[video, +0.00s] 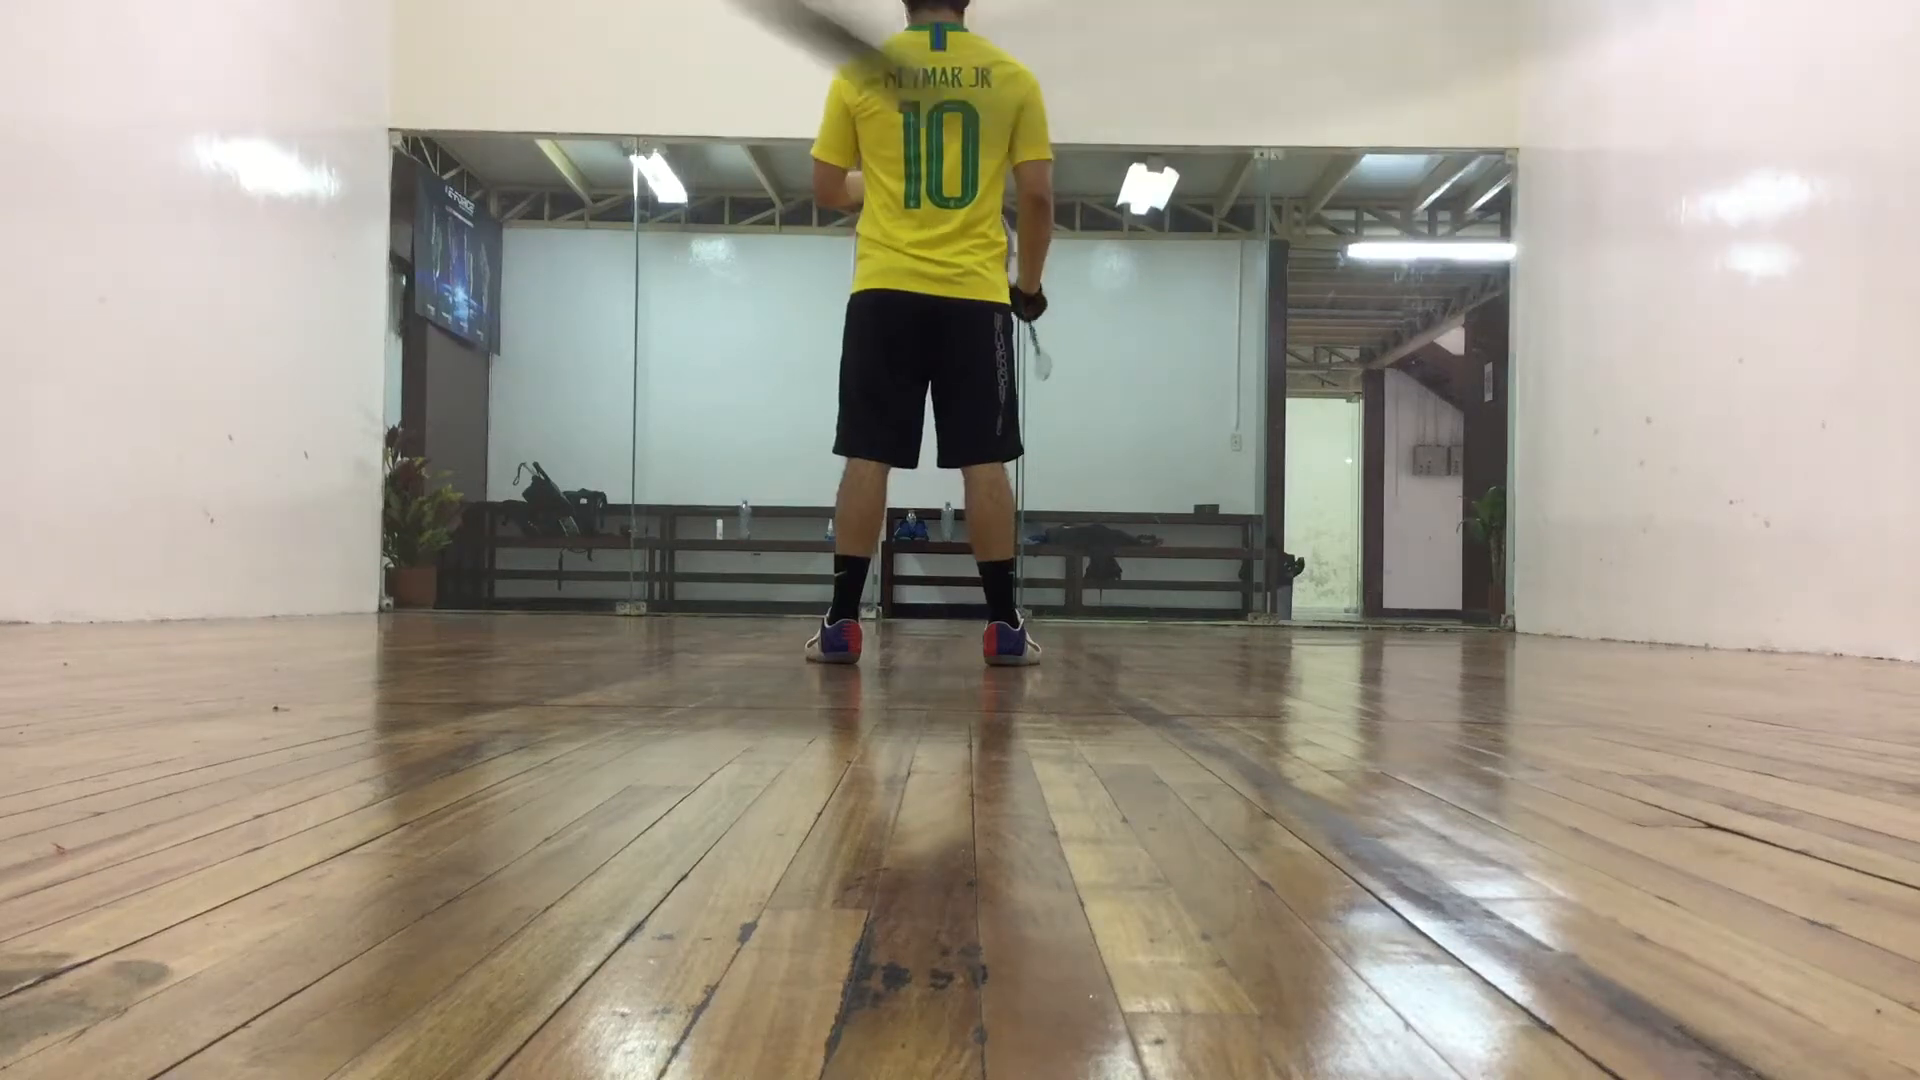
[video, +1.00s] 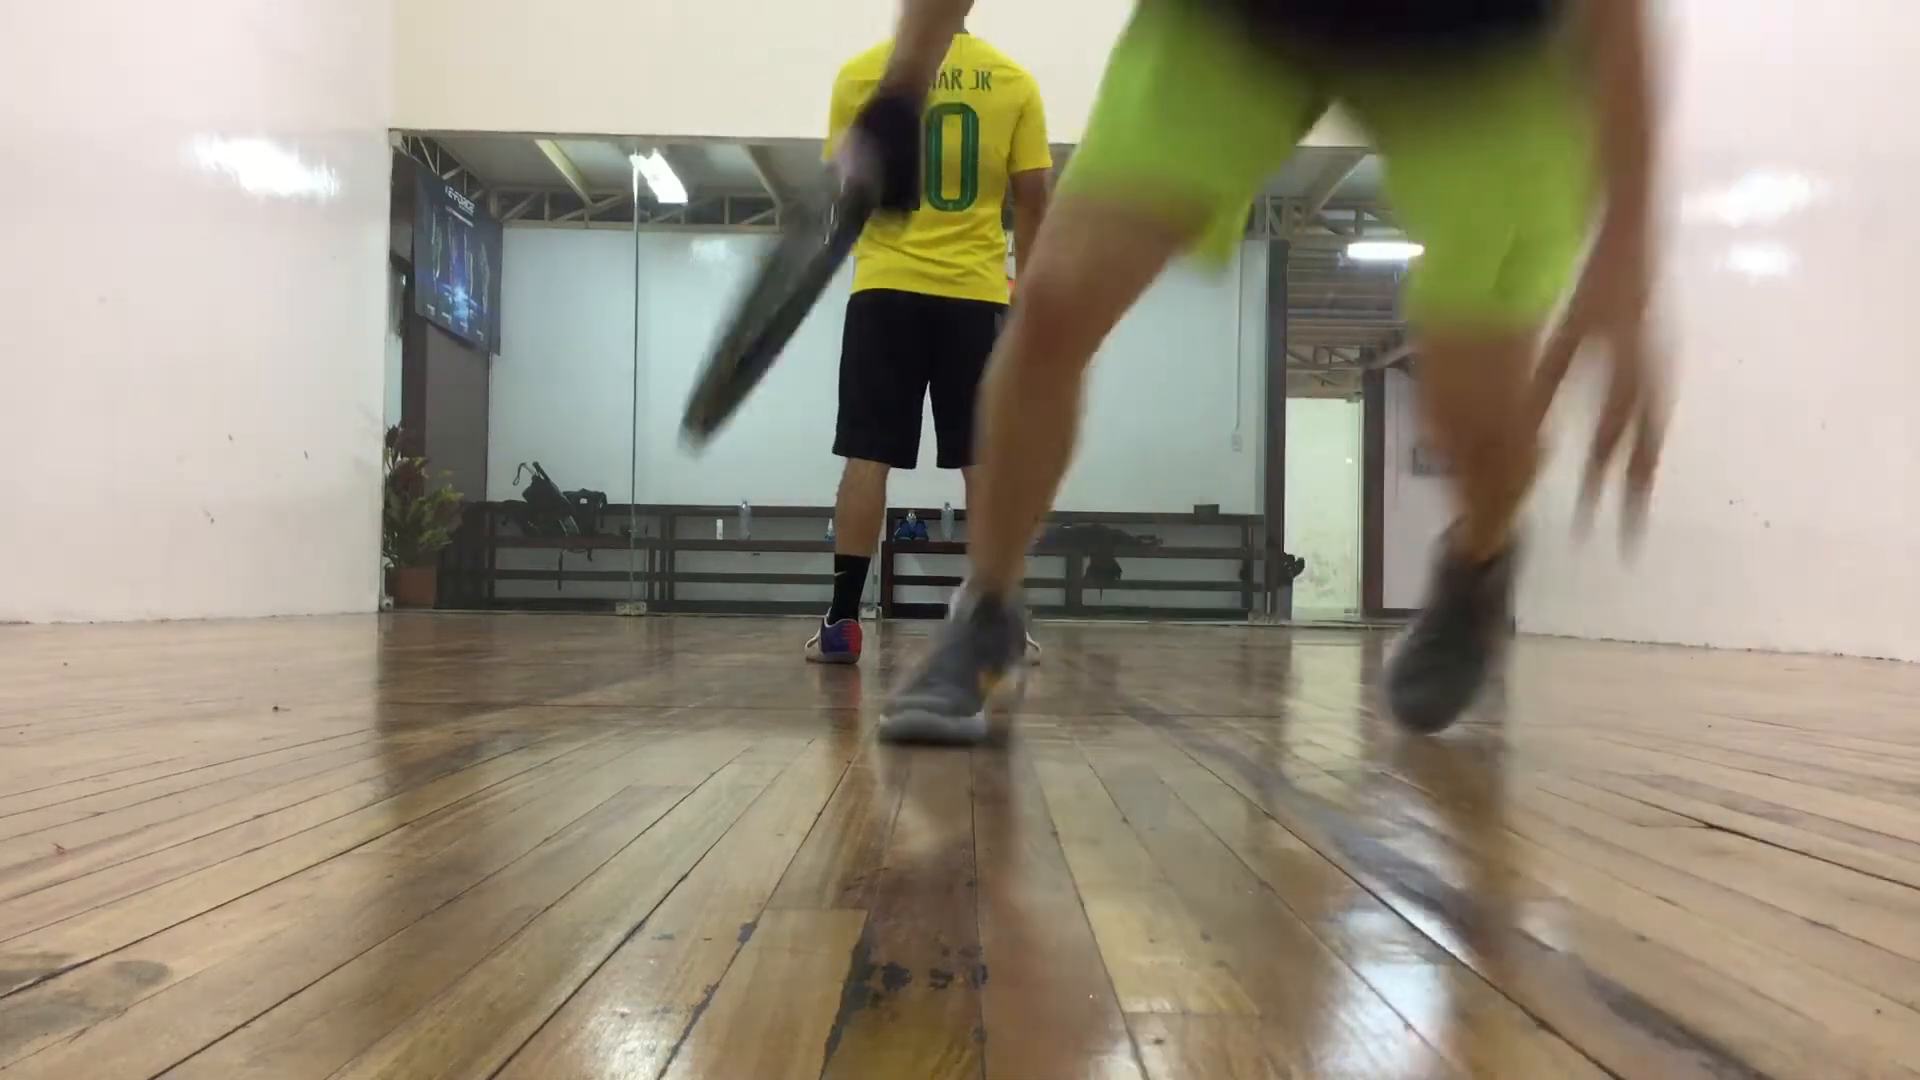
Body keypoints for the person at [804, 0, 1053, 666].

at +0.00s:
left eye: (912, 6)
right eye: (957, 4)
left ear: (904, 3)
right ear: (967, 3)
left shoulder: (860, 71)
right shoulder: (1012, 77)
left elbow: (829, 191)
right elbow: (1037, 194)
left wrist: (874, 182)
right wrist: (1029, 282)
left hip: (884, 298)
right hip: (974, 304)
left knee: (866, 458)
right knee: (985, 463)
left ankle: (842, 621)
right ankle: (1005, 624)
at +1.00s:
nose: (939, 10)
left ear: (906, 9)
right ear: (968, 9)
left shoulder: (861, 74)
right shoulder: (1011, 81)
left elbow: (845, 185)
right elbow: (1033, 202)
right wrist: (1029, 296)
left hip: (883, 300)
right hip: (976, 305)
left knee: (866, 460)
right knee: (986, 465)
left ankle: (842, 621)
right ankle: (998, 629)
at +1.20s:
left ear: (906, 3)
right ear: (968, 3)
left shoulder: (861, 74)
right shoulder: (1010, 65)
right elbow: (1037, 196)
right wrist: (1012, 254)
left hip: (884, 296)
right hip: (978, 300)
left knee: (866, 458)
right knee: (985, 459)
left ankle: (843, 620)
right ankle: (1000, 621)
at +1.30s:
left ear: (906, 6)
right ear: (969, 6)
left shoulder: (860, 75)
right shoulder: (1013, 75)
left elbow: (836, 197)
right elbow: (1043, 178)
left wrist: (875, 237)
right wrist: (1002, 242)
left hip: (895, 304)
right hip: (987, 306)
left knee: (867, 457)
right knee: (998, 456)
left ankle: (842, 622)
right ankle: (1000, 622)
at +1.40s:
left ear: (905, 7)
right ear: (969, 7)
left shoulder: (861, 74)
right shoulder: (1013, 76)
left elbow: (836, 194)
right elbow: (1038, 178)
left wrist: (866, 229)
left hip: (885, 291)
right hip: (982, 294)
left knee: (864, 452)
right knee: (991, 451)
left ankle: (840, 620)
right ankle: (999, 622)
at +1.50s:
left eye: (902, 13)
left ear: (903, 8)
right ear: (969, 8)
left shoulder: (861, 74)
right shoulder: (1015, 77)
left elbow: (835, 196)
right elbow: (1041, 182)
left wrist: (868, 245)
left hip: (887, 293)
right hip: (983, 293)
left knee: (854, 447)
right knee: (987, 445)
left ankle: (839, 619)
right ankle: (1000, 619)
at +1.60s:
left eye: (899, 10)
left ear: (904, 7)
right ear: (969, 8)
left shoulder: (862, 74)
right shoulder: (1015, 77)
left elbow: (837, 198)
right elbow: (1038, 182)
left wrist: (876, 233)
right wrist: (1004, 237)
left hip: (882, 286)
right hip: (982, 289)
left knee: (857, 443)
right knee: (985, 443)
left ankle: (836, 621)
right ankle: (1000, 620)